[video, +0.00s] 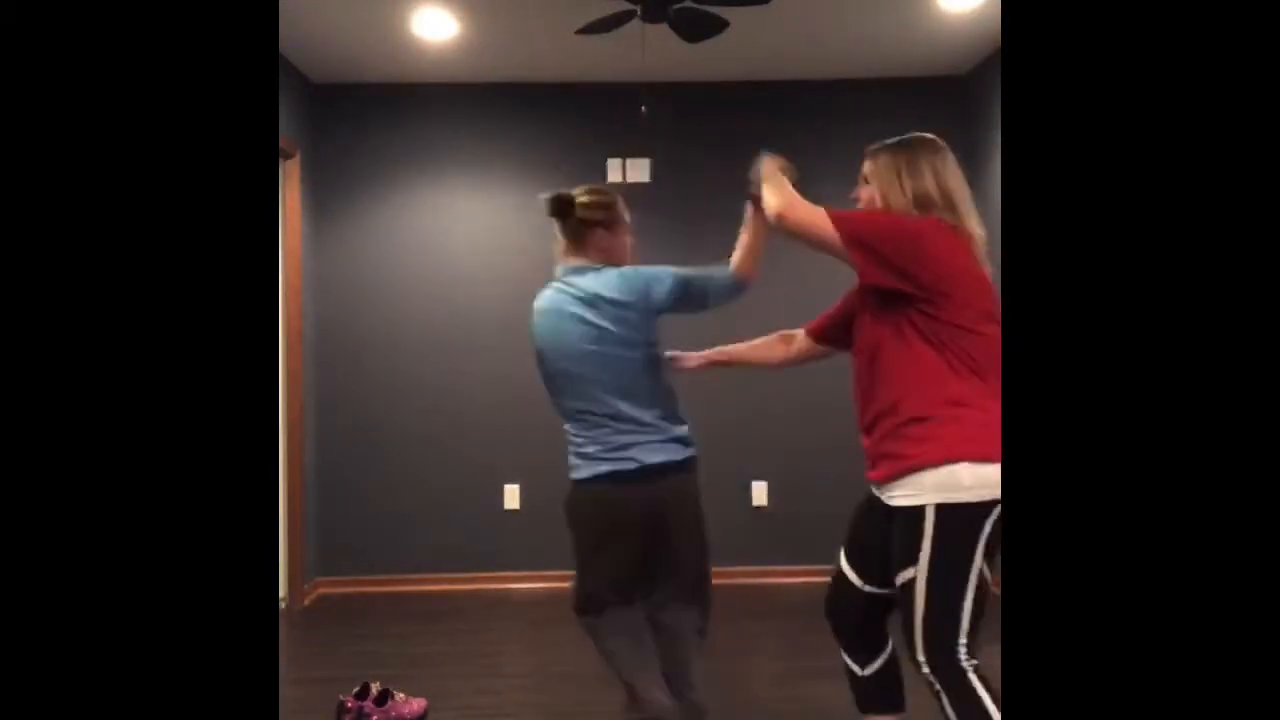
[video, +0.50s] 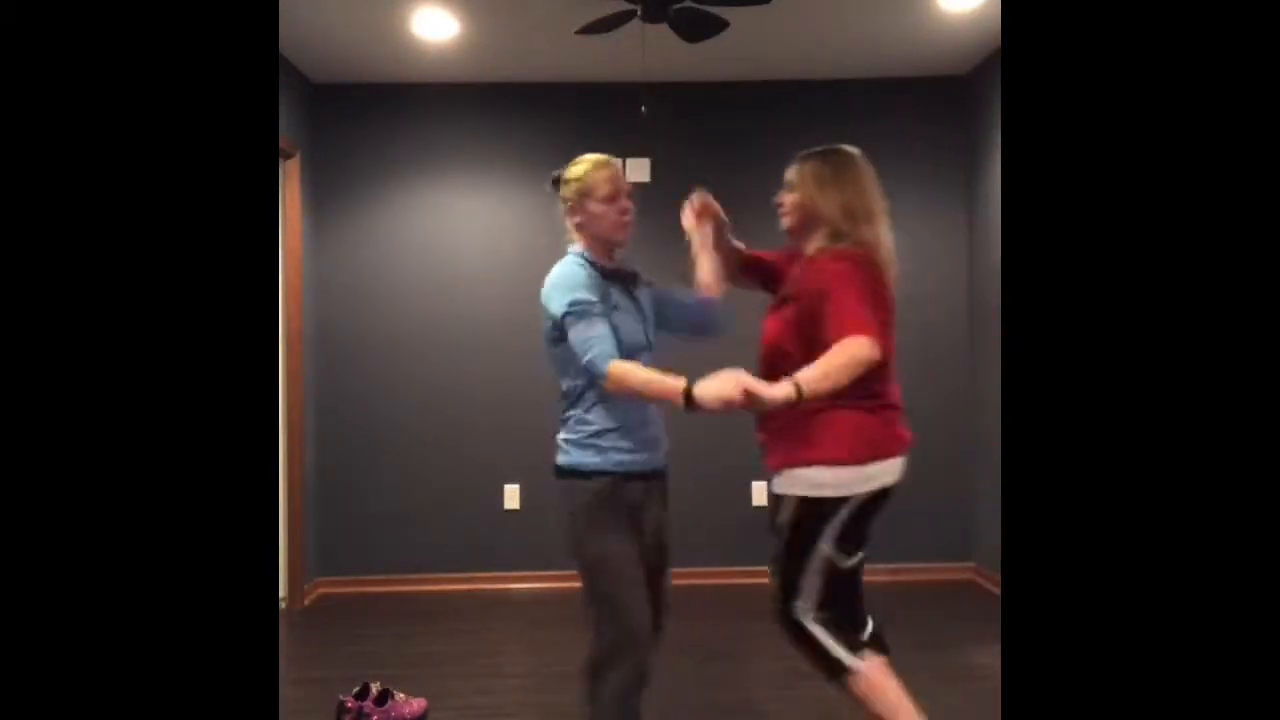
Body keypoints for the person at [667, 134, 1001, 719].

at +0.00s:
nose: (857, 194)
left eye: (868, 182)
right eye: (860, 182)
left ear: (906, 187)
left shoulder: (936, 245)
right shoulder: (884, 283)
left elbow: (785, 214)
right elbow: (799, 343)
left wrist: (770, 171)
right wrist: (708, 357)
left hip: (959, 481)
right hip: (903, 484)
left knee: (939, 647)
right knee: (851, 615)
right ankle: (886, 717)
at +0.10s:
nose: (863, 197)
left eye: (875, 186)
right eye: (866, 185)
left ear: (914, 191)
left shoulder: (941, 250)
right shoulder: (888, 279)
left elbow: (799, 236)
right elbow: (814, 341)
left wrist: (793, 207)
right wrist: (714, 344)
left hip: (954, 479)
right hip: (903, 481)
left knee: (932, 651)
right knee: (853, 611)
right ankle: (892, 713)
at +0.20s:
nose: (852, 195)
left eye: (863, 184)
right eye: (856, 183)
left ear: (899, 191)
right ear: (914, 193)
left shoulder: (929, 251)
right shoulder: (877, 273)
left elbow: (851, 260)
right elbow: (815, 330)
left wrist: (789, 259)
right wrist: (728, 323)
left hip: (941, 471)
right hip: (888, 475)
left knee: (921, 648)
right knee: (849, 608)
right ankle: (893, 709)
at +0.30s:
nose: (832, 195)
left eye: (844, 183)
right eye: (836, 183)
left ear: (879, 191)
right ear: (887, 194)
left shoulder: (910, 254)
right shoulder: (856, 266)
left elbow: (899, 295)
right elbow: (800, 300)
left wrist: (770, 301)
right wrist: (735, 297)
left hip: (910, 468)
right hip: (864, 469)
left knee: (899, 637)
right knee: (839, 606)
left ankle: (966, 717)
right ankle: (892, 711)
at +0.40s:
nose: (807, 196)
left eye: (819, 184)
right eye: (811, 185)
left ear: (853, 194)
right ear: (846, 195)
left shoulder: (873, 258)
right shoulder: (826, 259)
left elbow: (888, 326)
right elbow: (780, 281)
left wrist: (783, 350)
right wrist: (735, 257)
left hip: (870, 464)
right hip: (837, 464)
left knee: (857, 622)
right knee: (834, 606)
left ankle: (932, 704)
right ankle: (893, 710)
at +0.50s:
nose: (780, 199)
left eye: (792, 188)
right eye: (783, 189)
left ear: (826, 197)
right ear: (822, 200)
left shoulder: (840, 266)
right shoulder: (802, 263)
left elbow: (862, 346)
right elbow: (738, 266)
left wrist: (788, 388)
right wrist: (712, 231)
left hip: (845, 462)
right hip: (822, 459)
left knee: (804, 609)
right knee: (838, 607)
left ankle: (902, 710)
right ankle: (899, 708)